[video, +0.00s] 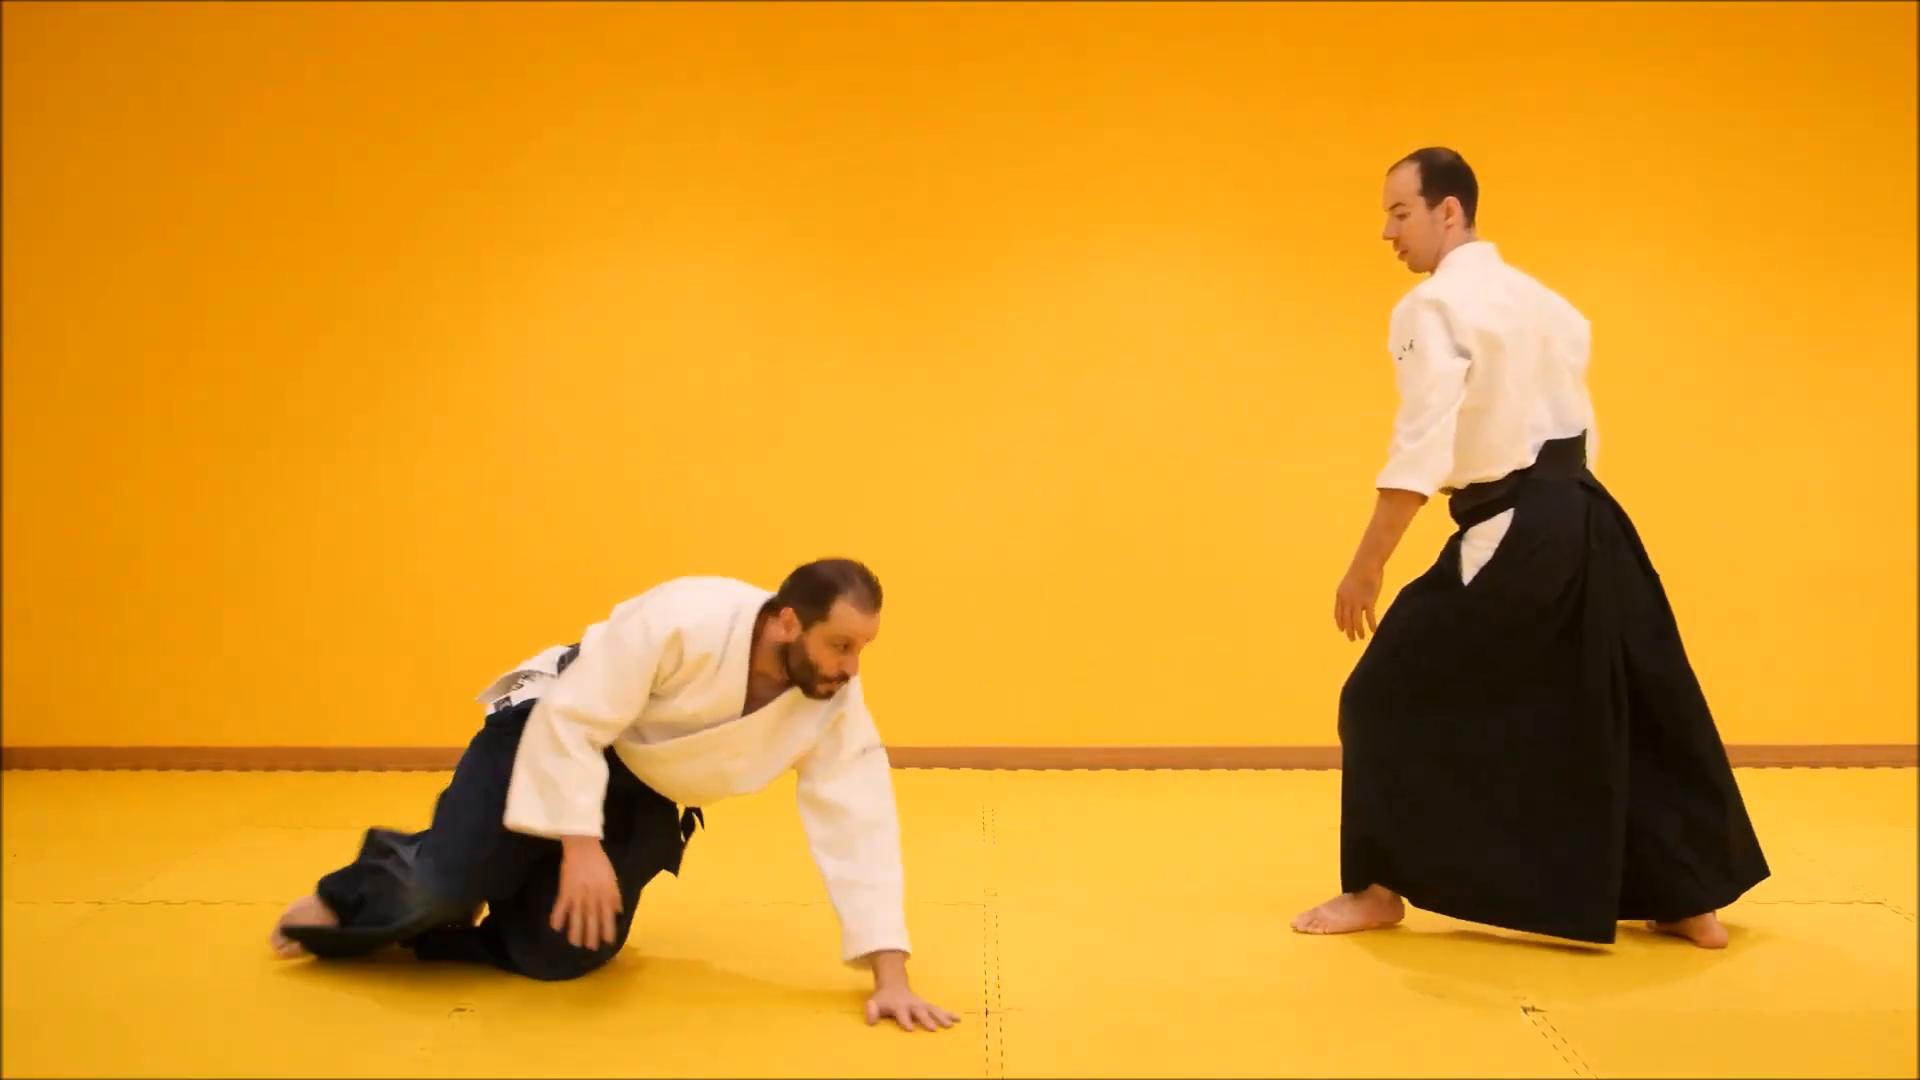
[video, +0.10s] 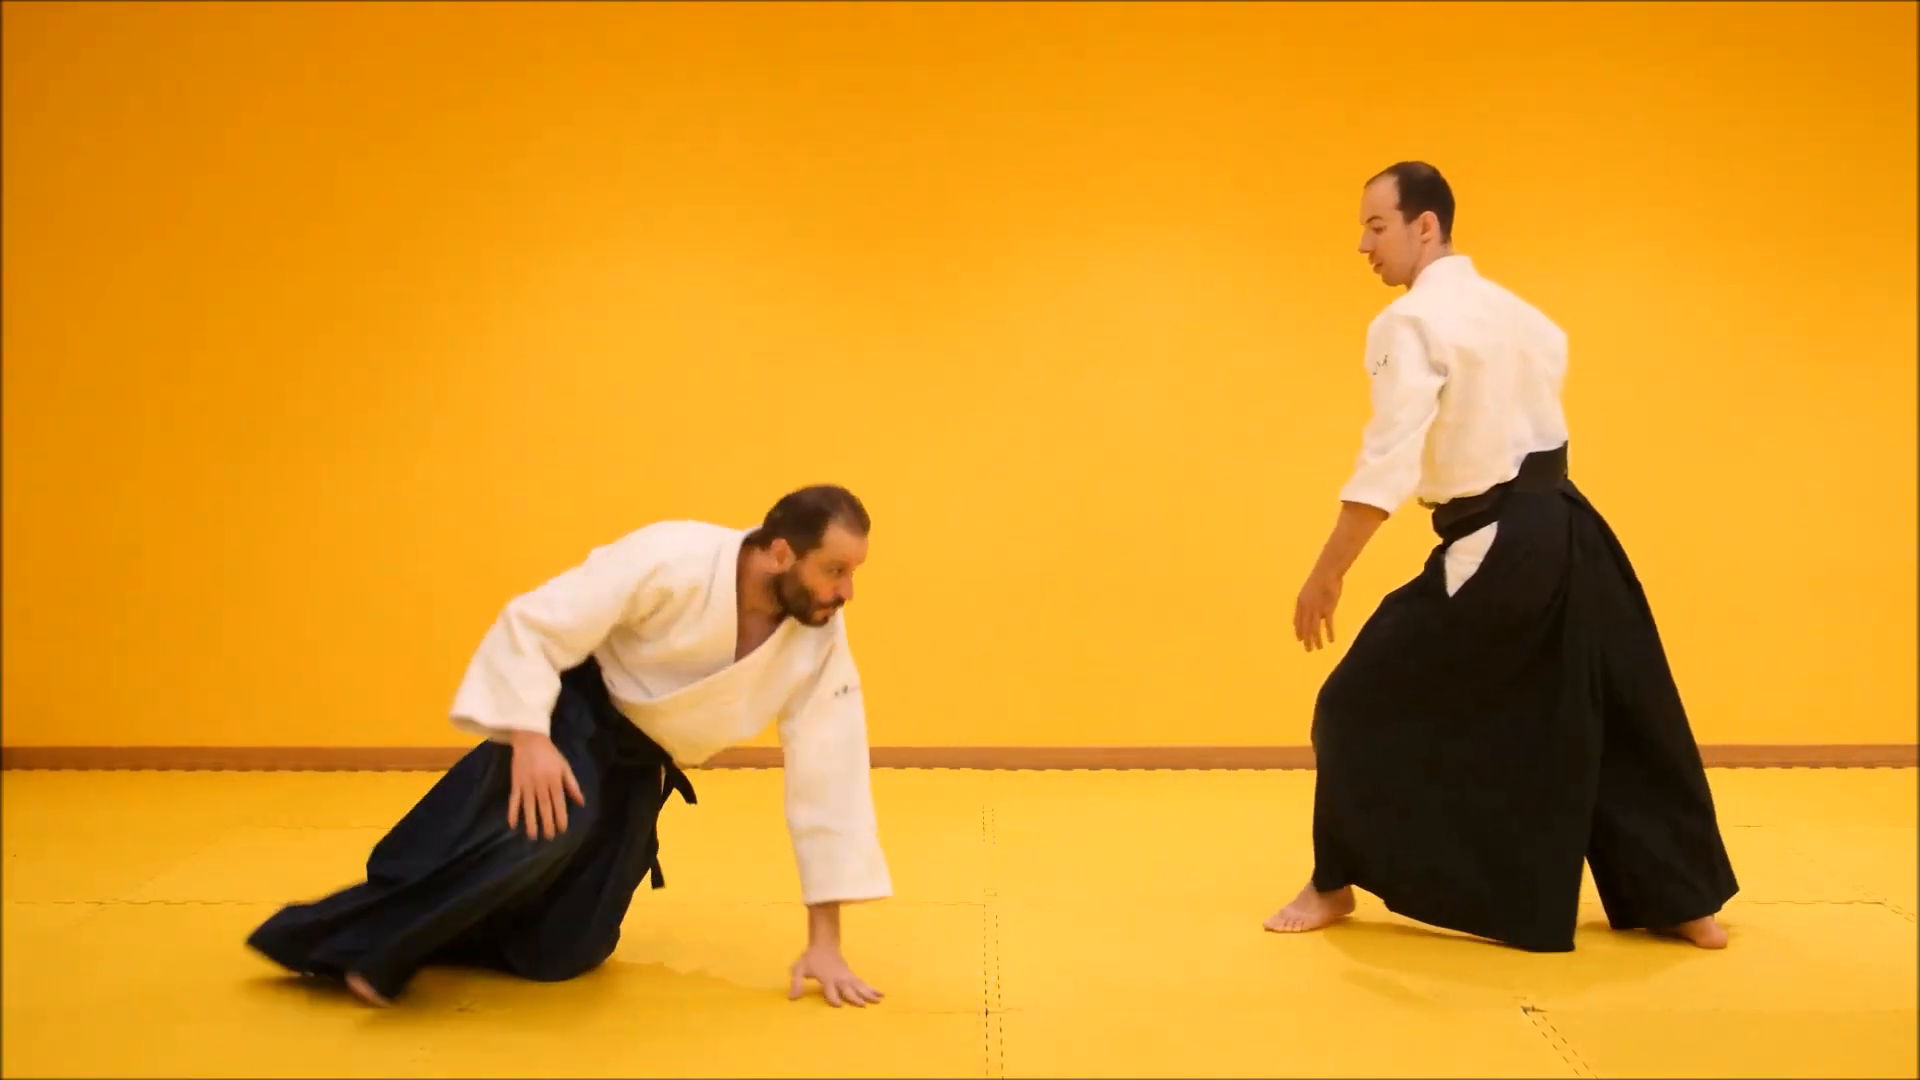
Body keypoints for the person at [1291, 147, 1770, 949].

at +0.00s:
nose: (1389, 233)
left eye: (1399, 214)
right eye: (1386, 216)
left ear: (1449, 211)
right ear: (1453, 217)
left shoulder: (1434, 306)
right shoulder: (1547, 302)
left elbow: (1422, 452)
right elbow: (1576, 436)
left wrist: (1366, 566)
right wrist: (1549, 508)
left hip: (1508, 535)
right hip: (1586, 523)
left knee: (1374, 698)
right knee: (1622, 701)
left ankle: (1372, 887)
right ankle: (1686, 898)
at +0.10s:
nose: (1364, 246)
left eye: (1375, 228)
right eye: (1363, 230)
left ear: (1427, 225)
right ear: (1430, 230)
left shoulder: (1412, 322)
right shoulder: (1522, 314)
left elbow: (1388, 469)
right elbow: (1542, 439)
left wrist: (1327, 572)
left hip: (1490, 553)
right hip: (1568, 537)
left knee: (1348, 703)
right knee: (1618, 707)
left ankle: (1330, 883)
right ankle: (1689, 901)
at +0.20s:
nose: (1325, 259)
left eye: (1337, 242)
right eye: (1323, 244)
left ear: (1388, 242)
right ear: (1389, 248)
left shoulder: (1373, 338)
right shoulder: (1467, 328)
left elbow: (1335, 479)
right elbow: (1467, 469)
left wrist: (1251, 576)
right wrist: (1379, 552)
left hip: (1458, 564)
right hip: (1529, 548)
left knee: (1312, 711)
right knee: (1586, 720)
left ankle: (1313, 889)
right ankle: (1682, 900)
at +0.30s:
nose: (1277, 266)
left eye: (1291, 248)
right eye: (1275, 250)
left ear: (1343, 251)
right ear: (1330, 256)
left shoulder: (1337, 349)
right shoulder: (1384, 328)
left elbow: (1285, 475)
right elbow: (1337, 468)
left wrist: (1177, 554)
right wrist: (1228, 513)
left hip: (1411, 570)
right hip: (1457, 552)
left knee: (1278, 715)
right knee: (1521, 725)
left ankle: (1299, 896)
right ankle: (1671, 859)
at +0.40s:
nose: (1232, 268)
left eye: (1248, 251)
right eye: (1228, 253)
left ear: (1296, 256)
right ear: (1251, 260)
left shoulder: (1321, 353)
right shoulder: (1265, 352)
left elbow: (1236, 468)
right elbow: (1198, 443)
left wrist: (1110, 522)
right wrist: (1111, 465)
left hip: (1377, 565)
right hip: (1342, 562)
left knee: (1262, 728)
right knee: (1408, 724)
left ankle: (1301, 897)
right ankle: (1554, 808)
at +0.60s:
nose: (1162, 269)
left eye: (1179, 255)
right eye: (1153, 254)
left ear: (1216, 258)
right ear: (1143, 257)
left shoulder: (1266, 344)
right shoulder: (1131, 348)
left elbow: (1218, 426)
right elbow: (1066, 402)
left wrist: (1116, 444)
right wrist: (1028, 380)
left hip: (1271, 557)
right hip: (1191, 560)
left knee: (1257, 721)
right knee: (1118, 713)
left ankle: (1306, 889)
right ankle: (1108, 838)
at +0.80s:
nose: (1136, 275)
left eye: (1145, 268)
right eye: (1128, 262)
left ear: (1111, 257)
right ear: (1089, 248)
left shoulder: (1119, 327)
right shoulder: (1046, 316)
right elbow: (1083, 410)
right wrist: (1142, 287)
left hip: (1069, 522)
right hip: (1033, 521)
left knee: (1144, 681)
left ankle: (1212, 840)